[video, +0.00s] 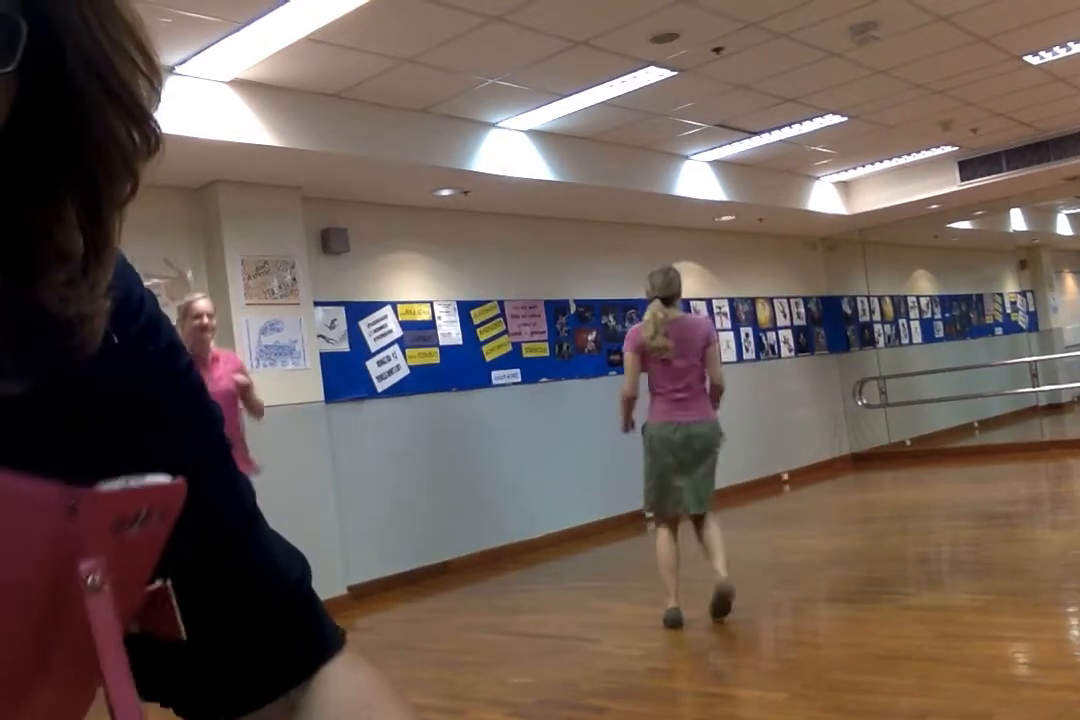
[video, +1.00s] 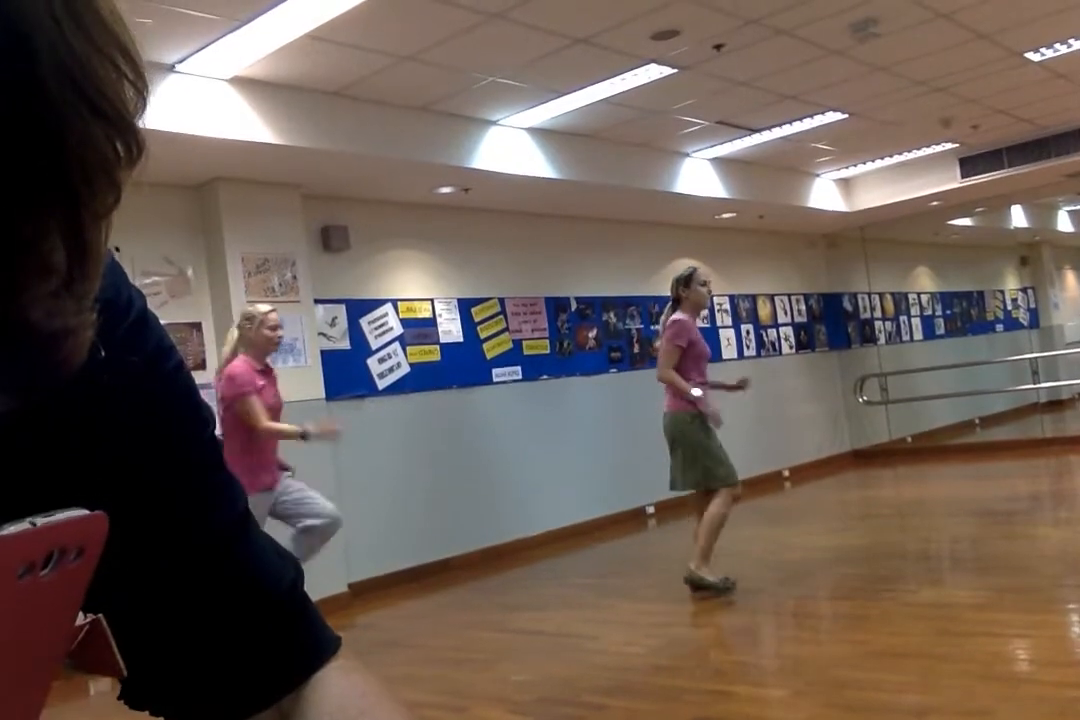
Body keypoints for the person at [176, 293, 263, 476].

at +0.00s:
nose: (205, 322)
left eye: (210, 316)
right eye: (197, 317)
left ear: (216, 321)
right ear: (182, 323)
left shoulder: (230, 361)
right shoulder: (175, 366)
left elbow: (258, 413)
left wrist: (246, 393)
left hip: (235, 462)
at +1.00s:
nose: (279, 334)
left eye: (280, 328)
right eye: (272, 329)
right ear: (250, 332)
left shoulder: (263, 370)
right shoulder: (238, 373)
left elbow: (259, 429)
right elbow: (260, 425)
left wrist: (272, 460)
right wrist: (307, 432)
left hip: (269, 478)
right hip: (246, 485)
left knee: (325, 519)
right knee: (246, 556)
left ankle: (280, 577)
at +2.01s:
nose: (462, 322)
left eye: (461, 316)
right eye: (457, 316)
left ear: (435, 319)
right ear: (438, 318)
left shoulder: (421, 353)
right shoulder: (443, 352)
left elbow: (402, 403)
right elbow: (471, 399)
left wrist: (411, 445)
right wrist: (510, 401)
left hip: (429, 454)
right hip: (447, 455)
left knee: (484, 496)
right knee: (446, 526)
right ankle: (433, 613)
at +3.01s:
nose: (593, 316)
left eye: (593, 311)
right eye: (586, 311)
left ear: (591, 316)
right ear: (568, 316)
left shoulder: (590, 350)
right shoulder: (558, 353)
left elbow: (591, 396)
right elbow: (550, 402)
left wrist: (612, 424)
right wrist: (561, 436)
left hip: (591, 441)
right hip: (566, 443)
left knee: (620, 498)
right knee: (594, 500)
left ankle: (588, 556)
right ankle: (602, 580)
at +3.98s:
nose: (577, 313)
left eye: (581, 308)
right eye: (572, 308)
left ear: (587, 312)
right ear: (561, 312)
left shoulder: (593, 349)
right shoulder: (547, 347)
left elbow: (595, 393)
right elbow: (530, 391)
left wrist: (611, 426)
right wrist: (517, 432)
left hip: (580, 438)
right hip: (549, 439)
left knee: (586, 504)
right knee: (550, 506)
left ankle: (589, 565)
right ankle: (548, 580)